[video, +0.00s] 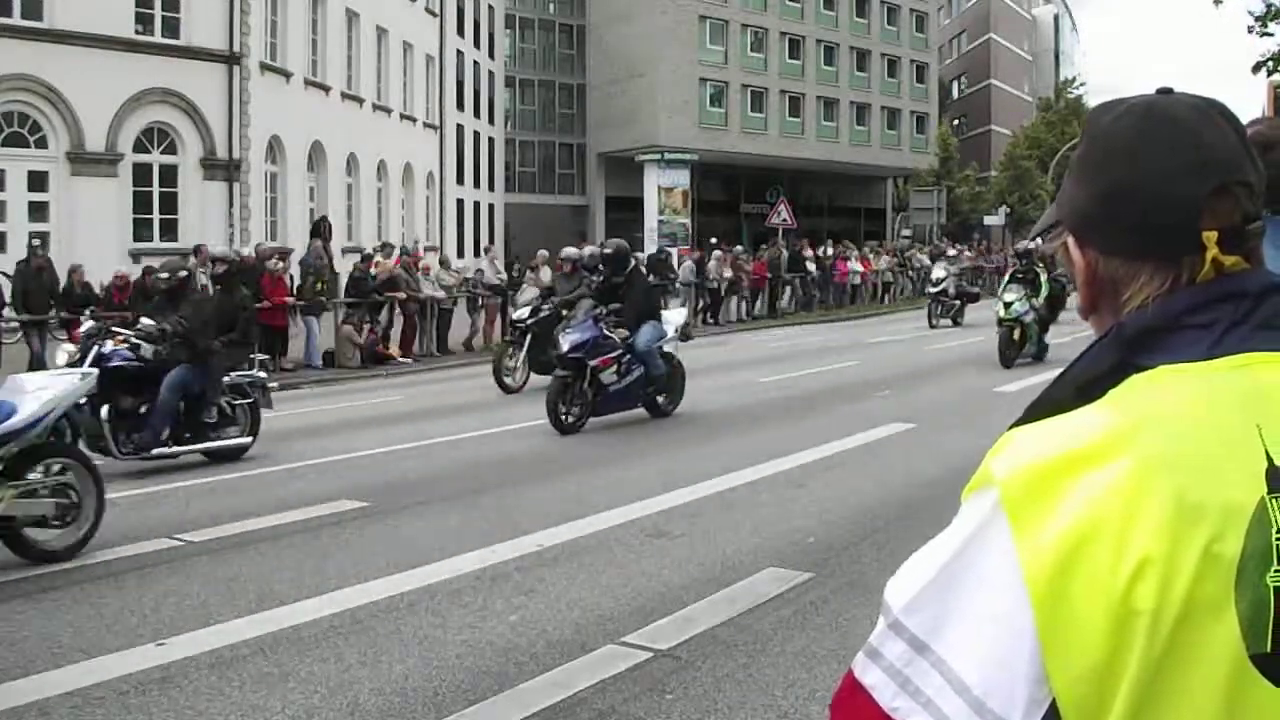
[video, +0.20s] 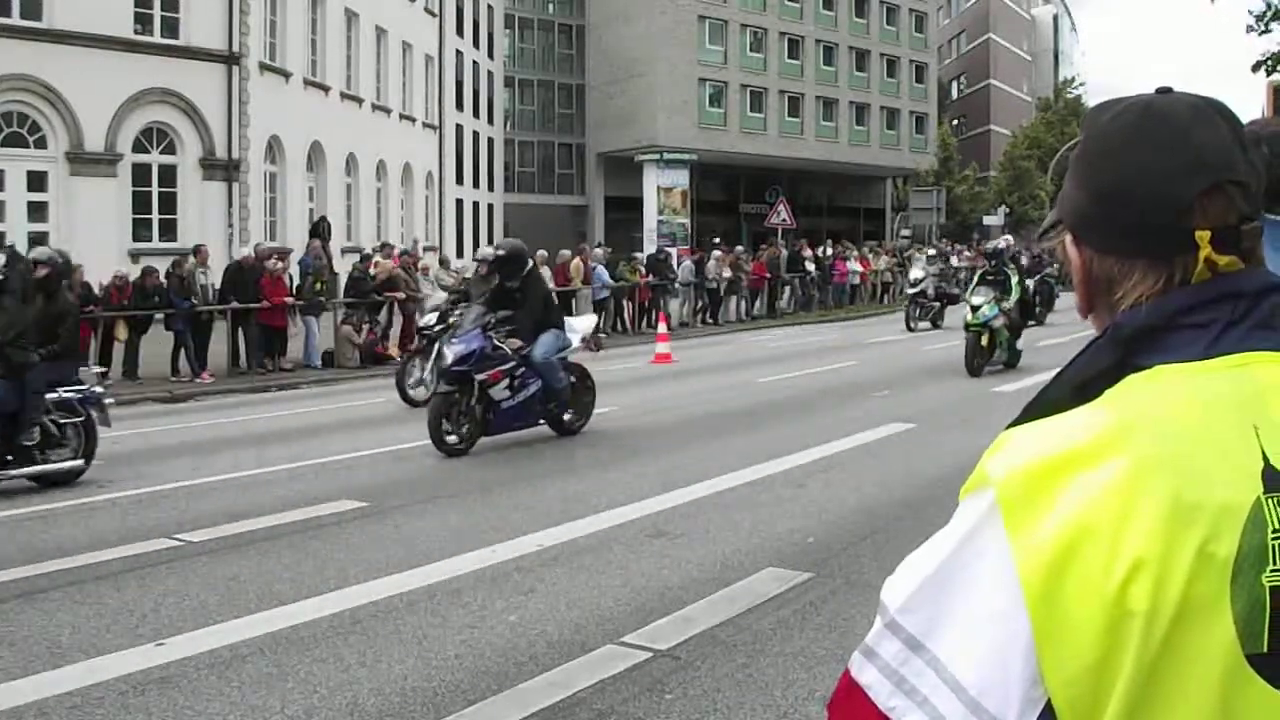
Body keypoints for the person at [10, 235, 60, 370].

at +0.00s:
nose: (40, 261)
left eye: (42, 258)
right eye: (37, 258)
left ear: (45, 256)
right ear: (31, 256)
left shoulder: (47, 265)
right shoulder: (22, 268)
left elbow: (54, 288)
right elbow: (16, 292)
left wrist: (59, 307)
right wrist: (21, 312)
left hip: (44, 313)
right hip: (27, 314)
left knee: (41, 350)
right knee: (36, 350)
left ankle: (31, 378)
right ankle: (43, 379)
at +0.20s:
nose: (34, 271)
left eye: (40, 266)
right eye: (33, 266)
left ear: (54, 269)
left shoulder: (66, 302)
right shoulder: (38, 299)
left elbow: (65, 342)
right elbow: (29, 329)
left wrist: (39, 354)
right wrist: (18, 347)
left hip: (63, 362)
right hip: (36, 357)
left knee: (34, 375)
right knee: (10, 370)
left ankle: (31, 425)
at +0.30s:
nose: (39, 260)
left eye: (42, 257)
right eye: (36, 256)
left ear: (44, 257)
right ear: (30, 256)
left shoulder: (46, 271)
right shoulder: (20, 270)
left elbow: (55, 293)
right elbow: (16, 292)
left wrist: (62, 310)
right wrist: (20, 311)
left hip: (43, 314)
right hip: (27, 315)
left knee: (39, 351)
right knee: (36, 349)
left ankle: (31, 382)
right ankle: (43, 375)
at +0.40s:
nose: (39, 260)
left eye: (42, 257)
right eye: (36, 257)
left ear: (44, 257)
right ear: (30, 256)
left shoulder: (46, 271)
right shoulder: (21, 270)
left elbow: (55, 292)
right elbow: (16, 293)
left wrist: (61, 309)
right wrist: (20, 311)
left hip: (43, 314)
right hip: (27, 315)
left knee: (39, 351)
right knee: (36, 350)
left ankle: (31, 382)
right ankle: (43, 375)